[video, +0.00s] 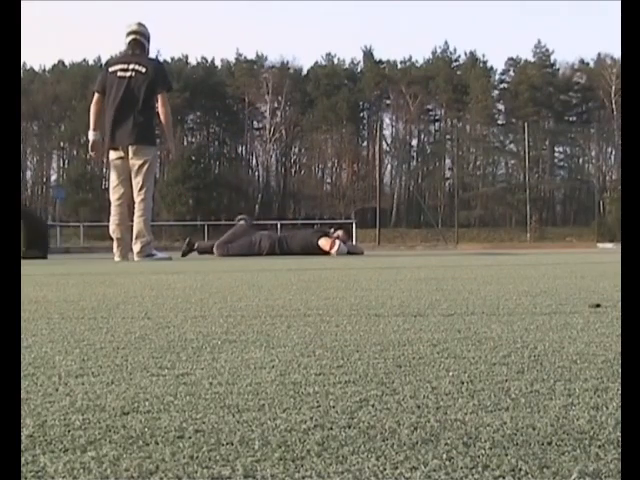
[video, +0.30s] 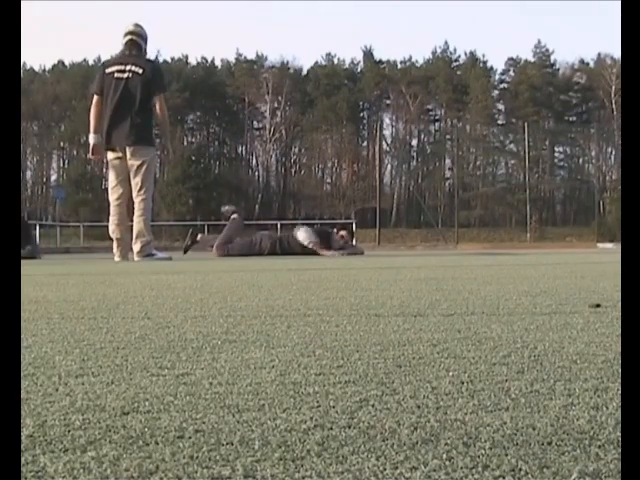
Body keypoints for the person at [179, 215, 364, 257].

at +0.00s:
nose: (338, 241)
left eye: (341, 240)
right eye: (339, 239)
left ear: (338, 239)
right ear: (334, 236)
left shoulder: (326, 240)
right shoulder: (320, 237)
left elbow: (358, 250)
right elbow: (335, 248)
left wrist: (343, 246)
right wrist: (353, 248)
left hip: (269, 242)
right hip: (266, 242)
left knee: (228, 247)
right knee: (220, 250)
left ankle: (194, 245)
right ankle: (242, 223)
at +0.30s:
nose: (342, 242)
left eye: (345, 241)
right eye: (342, 238)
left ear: (345, 241)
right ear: (337, 233)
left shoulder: (329, 242)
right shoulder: (313, 234)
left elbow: (359, 251)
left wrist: (344, 249)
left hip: (271, 247)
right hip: (266, 242)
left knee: (231, 245)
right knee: (221, 250)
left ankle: (199, 239)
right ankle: (236, 218)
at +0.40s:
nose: (343, 238)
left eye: (344, 238)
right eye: (342, 236)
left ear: (341, 239)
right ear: (336, 234)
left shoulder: (329, 242)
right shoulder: (322, 238)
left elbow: (355, 249)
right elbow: (290, 225)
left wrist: (350, 248)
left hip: (275, 244)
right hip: (270, 242)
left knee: (236, 244)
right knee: (221, 250)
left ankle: (200, 236)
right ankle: (236, 217)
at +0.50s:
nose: (340, 239)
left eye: (343, 239)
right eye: (339, 236)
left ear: (342, 242)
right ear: (334, 233)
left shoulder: (325, 243)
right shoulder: (318, 235)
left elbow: (357, 250)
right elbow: (283, 226)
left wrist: (350, 249)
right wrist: (291, 247)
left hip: (271, 244)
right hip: (266, 241)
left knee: (233, 244)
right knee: (220, 250)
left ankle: (199, 235)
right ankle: (236, 217)